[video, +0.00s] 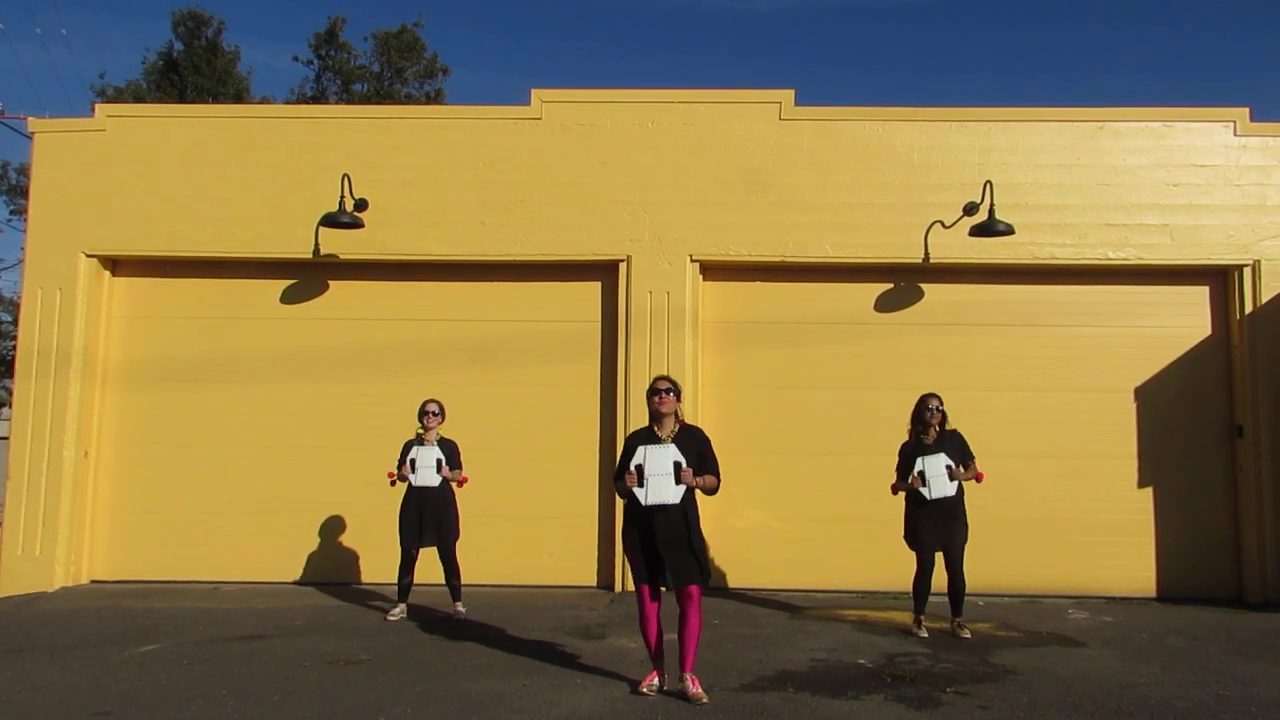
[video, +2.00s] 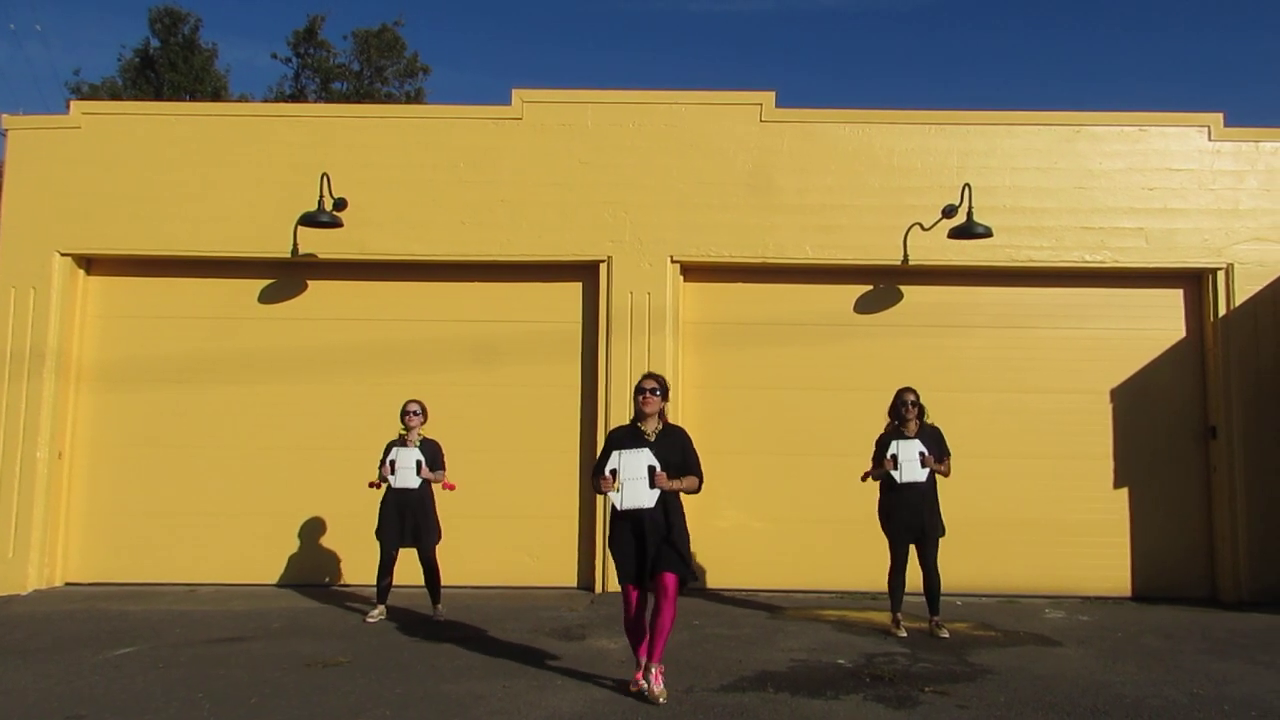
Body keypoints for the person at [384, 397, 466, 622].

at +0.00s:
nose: (430, 417)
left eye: (435, 414)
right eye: (426, 413)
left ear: (441, 418)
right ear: (420, 417)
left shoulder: (449, 446)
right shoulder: (410, 445)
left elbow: (458, 475)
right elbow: (401, 476)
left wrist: (448, 474)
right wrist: (404, 473)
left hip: (442, 507)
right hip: (414, 506)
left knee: (447, 555)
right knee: (408, 555)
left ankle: (457, 604)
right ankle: (401, 604)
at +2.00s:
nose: (410, 417)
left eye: (415, 413)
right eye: (406, 413)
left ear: (423, 417)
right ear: (402, 418)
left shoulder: (431, 446)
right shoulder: (393, 446)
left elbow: (441, 476)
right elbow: (382, 476)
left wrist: (428, 475)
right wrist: (384, 474)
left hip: (422, 510)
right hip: (393, 509)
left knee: (428, 558)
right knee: (387, 557)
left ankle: (436, 606)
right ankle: (380, 606)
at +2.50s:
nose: (407, 423)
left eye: (412, 420)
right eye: (403, 420)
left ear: (420, 425)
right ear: (399, 426)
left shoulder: (428, 454)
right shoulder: (391, 453)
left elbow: (438, 483)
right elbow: (374, 479)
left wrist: (430, 482)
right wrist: (387, 474)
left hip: (419, 516)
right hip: (391, 514)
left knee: (424, 561)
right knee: (382, 561)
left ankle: (432, 607)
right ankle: (378, 606)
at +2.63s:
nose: (407, 409)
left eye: (412, 406)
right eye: (403, 406)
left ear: (420, 412)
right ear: (398, 411)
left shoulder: (425, 436)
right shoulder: (390, 433)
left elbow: (440, 462)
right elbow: (381, 443)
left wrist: (450, 450)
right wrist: (410, 438)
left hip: (419, 501)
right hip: (392, 500)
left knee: (420, 554)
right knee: (385, 552)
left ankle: (426, 601)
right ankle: (375, 601)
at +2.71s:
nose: (407, 408)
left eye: (413, 405)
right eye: (403, 405)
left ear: (420, 413)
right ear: (397, 410)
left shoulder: (423, 439)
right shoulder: (388, 433)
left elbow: (442, 449)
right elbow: (391, 426)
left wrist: (458, 433)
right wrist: (422, 418)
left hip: (419, 501)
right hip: (393, 500)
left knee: (417, 553)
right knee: (388, 551)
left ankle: (418, 603)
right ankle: (382, 598)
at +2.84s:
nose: (409, 415)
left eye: (414, 413)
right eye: (408, 412)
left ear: (420, 420)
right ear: (403, 419)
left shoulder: (424, 443)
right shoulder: (393, 440)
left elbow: (447, 433)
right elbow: (396, 419)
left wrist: (456, 406)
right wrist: (417, 397)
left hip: (421, 508)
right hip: (394, 508)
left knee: (419, 559)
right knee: (386, 553)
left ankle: (417, 606)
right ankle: (394, 597)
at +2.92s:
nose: (414, 408)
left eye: (419, 406)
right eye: (411, 406)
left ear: (424, 414)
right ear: (404, 412)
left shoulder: (429, 438)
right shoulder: (394, 435)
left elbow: (442, 420)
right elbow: (391, 412)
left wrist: (443, 389)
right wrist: (403, 385)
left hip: (421, 502)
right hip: (394, 501)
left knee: (418, 555)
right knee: (392, 552)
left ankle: (416, 604)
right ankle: (400, 596)